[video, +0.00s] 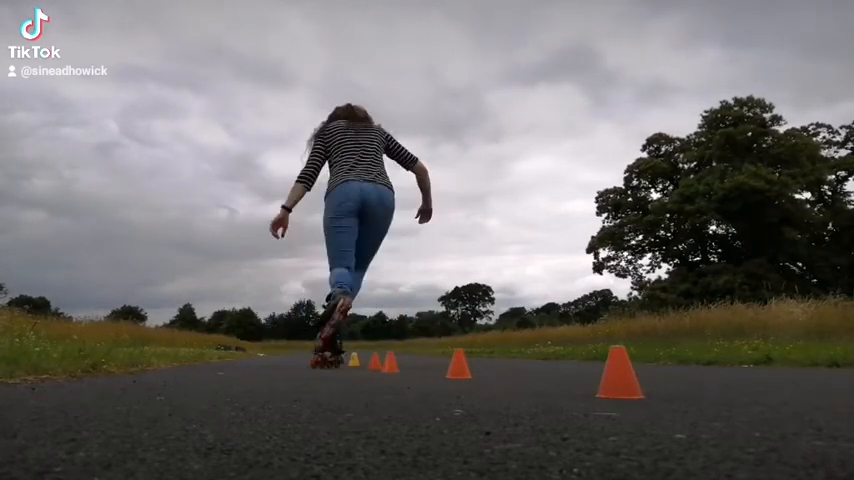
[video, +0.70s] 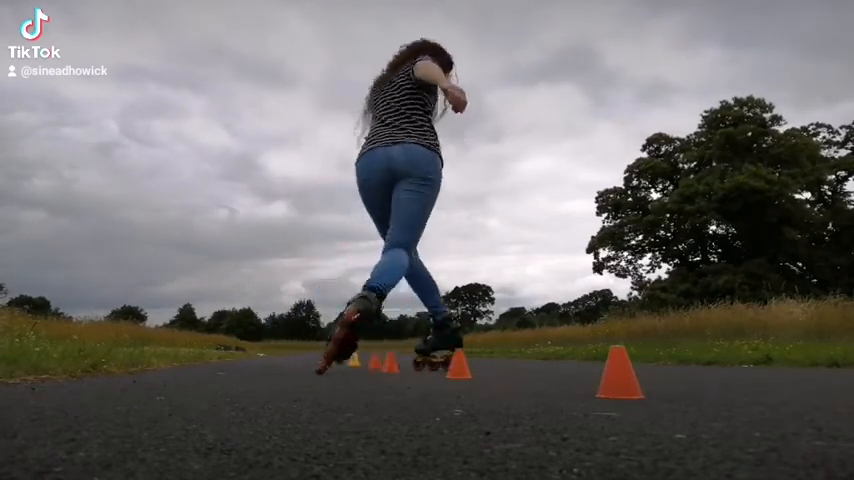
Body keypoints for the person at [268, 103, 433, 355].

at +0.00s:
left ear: (334, 118)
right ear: (362, 117)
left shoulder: (328, 131)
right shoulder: (377, 132)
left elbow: (309, 173)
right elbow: (420, 168)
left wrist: (286, 209)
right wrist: (427, 202)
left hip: (344, 192)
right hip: (382, 195)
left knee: (341, 263)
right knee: (359, 268)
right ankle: (332, 330)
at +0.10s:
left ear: (329, 110)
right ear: (360, 111)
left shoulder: (323, 122)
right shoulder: (374, 126)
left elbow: (299, 165)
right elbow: (421, 157)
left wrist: (266, 202)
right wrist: (436, 195)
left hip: (340, 185)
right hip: (379, 192)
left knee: (314, 259)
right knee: (348, 267)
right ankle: (317, 329)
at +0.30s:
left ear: (333, 91)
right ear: (364, 93)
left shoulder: (319, 107)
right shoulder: (376, 108)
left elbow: (293, 151)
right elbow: (421, 127)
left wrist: (264, 192)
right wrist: (461, 159)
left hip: (336, 178)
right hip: (379, 185)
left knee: (290, 247)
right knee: (331, 260)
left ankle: (262, 315)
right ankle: (305, 323)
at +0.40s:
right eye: (382, 87)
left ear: (344, 82)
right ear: (377, 84)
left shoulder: (326, 100)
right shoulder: (383, 94)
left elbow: (307, 147)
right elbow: (419, 109)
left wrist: (291, 189)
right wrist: (458, 139)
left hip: (336, 171)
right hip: (381, 177)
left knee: (303, 245)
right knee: (335, 256)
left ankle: (303, 317)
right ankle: (312, 320)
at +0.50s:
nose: (402, 81)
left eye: (402, 76)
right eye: (401, 77)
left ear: (364, 71)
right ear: (393, 72)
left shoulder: (341, 93)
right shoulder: (392, 79)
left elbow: (329, 141)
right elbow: (414, 91)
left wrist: (327, 177)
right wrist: (446, 116)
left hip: (342, 163)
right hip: (387, 166)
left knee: (329, 249)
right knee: (349, 252)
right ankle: (331, 318)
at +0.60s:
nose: (424, 79)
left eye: (424, 76)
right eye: (422, 75)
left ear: (384, 64)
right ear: (411, 67)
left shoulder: (364, 87)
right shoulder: (404, 70)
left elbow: (355, 116)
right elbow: (412, 78)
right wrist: (438, 97)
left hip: (355, 160)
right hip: (401, 159)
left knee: (369, 252)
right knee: (373, 251)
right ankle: (354, 313)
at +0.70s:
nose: (447, 78)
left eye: (449, 74)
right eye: (445, 71)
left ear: (402, 58)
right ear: (431, 60)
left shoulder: (381, 82)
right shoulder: (421, 63)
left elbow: (379, 117)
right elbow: (424, 67)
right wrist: (447, 85)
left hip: (372, 158)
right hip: (417, 154)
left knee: (401, 247)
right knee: (399, 248)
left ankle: (443, 326)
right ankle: (368, 298)